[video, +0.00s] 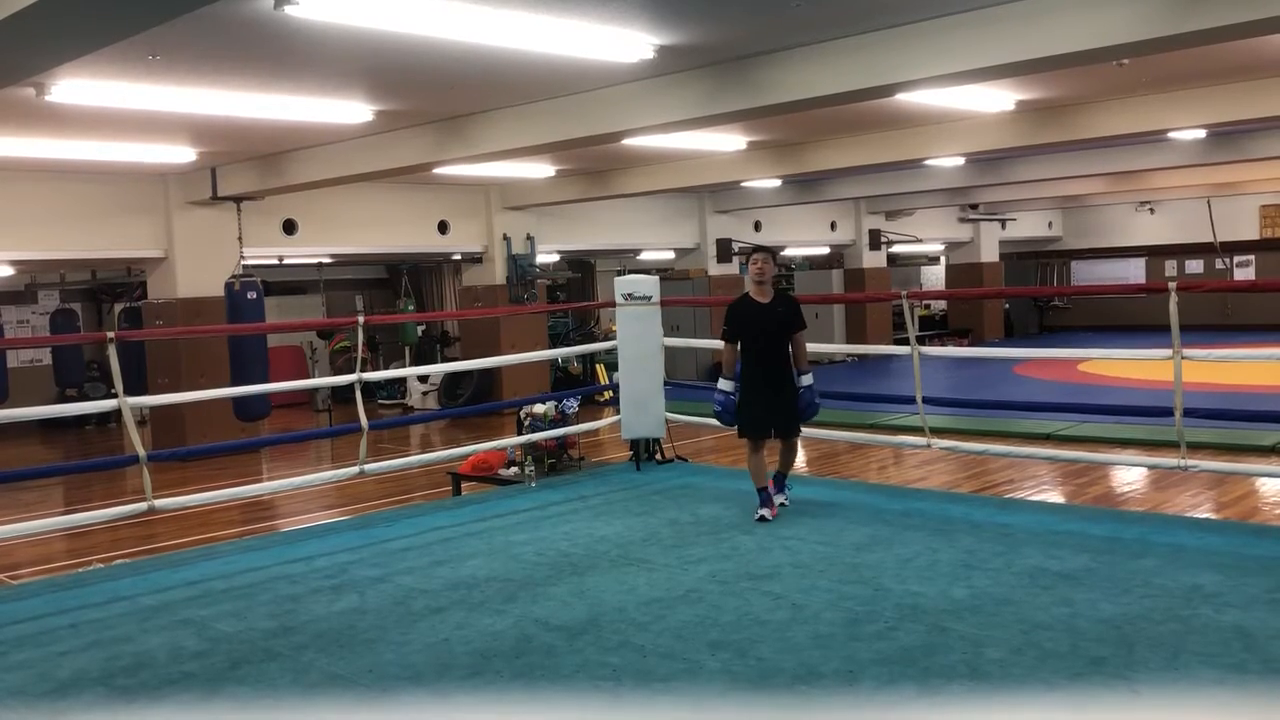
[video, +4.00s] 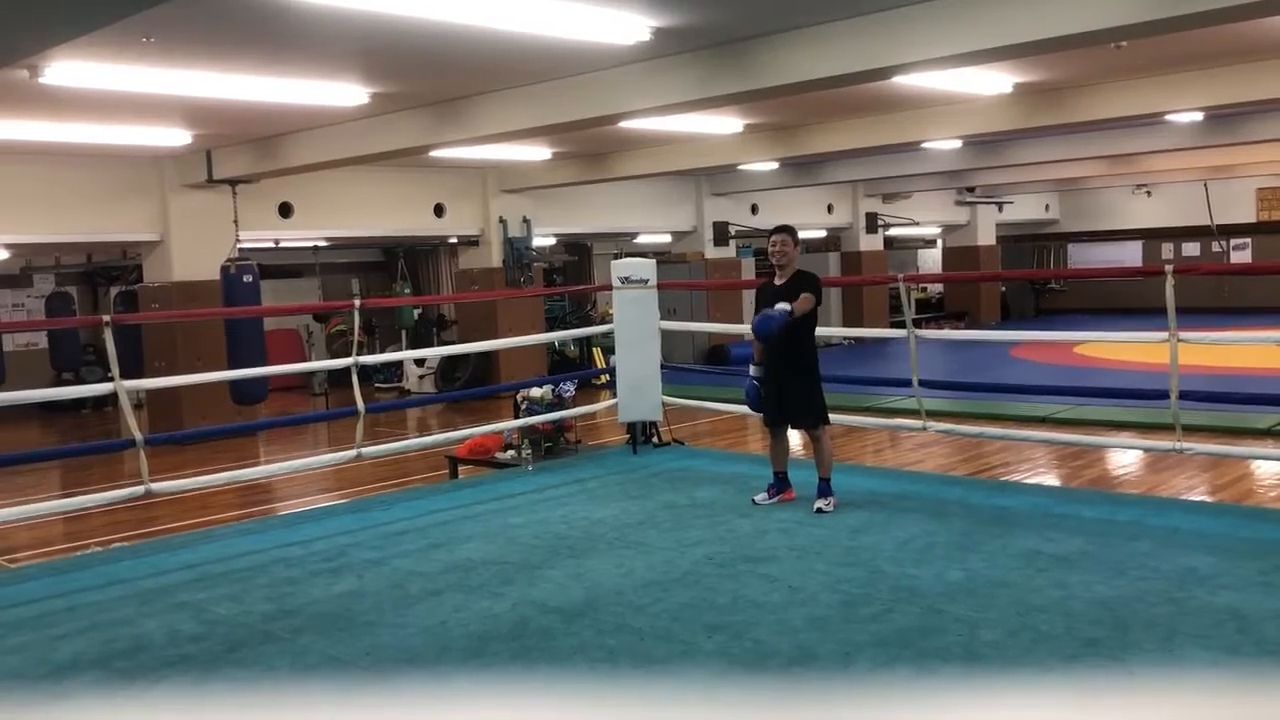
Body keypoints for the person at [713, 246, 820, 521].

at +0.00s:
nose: (759, 266)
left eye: (765, 263)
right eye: (754, 263)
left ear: (775, 270)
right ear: (747, 270)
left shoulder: (788, 304)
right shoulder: (737, 308)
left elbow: (799, 345)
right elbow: (729, 350)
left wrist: (806, 383)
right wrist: (725, 389)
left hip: (784, 383)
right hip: (751, 386)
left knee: (790, 439)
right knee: (755, 443)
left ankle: (779, 483)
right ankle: (765, 501)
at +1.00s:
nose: (801, 260)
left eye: (808, 255)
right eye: (798, 254)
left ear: (823, 261)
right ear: (794, 259)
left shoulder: (833, 300)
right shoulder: (782, 296)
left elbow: (846, 344)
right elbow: (774, 338)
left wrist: (850, 387)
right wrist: (767, 379)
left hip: (819, 386)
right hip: (784, 385)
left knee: (826, 445)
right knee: (774, 438)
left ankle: (829, 503)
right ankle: (776, 494)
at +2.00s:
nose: (773, 253)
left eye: (780, 249)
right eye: (770, 249)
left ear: (793, 254)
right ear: (764, 254)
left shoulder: (806, 292)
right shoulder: (756, 293)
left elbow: (818, 336)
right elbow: (747, 337)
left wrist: (823, 378)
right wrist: (741, 378)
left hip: (798, 377)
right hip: (765, 378)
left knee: (809, 436)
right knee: (768, 435)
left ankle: (818, 494)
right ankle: (773, 489)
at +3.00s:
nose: (775, 250)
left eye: (781, 245)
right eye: (771, 246)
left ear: (794, 250)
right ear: (766, 252)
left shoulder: (809, 286)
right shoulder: (760, 291)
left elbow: (821, 331)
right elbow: (753, 335)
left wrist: (823, 373)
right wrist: (748, 376)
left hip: (803, 373)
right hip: (771, 374)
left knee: (814, 432)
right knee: (774, 431)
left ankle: (823, 491)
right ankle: (779, 485)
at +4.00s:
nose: (777, 249)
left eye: (784, 244)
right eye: (773, 245)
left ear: (796, 249)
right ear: (767, 251)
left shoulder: (809, 280)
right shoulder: (764, 290)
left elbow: (808, 301)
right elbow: (759, 334)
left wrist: (786, 312)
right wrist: (755, 374)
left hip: (802, 367)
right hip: (772, 368)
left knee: (815, 430)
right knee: (775, 428)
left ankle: (824, 489)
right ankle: (780, 484)